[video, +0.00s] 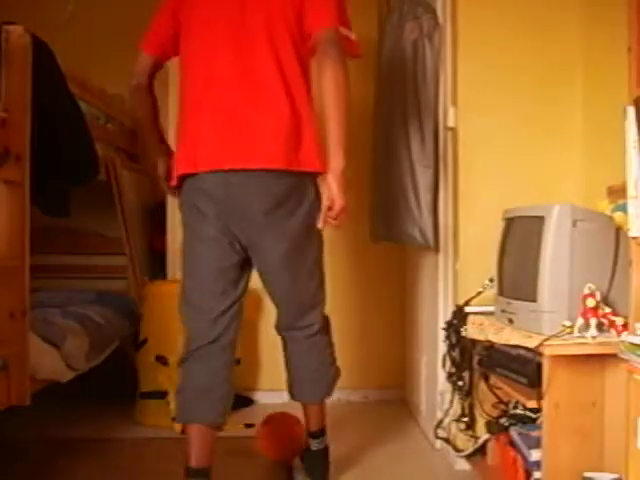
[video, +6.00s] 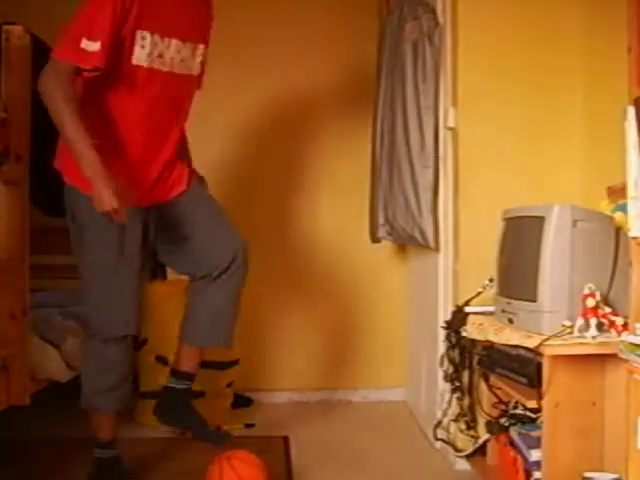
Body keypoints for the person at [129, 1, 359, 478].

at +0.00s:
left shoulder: (185, 4)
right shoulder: (309, 3)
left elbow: (140, 76)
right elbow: (328, 55)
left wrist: (159, 151)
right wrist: (334, 167)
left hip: (203, 166)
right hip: (277, 163)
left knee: (205, 327)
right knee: (302, 320)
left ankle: (196, 471)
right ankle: (317, 446)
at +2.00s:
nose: (231, 22)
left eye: (230, 13)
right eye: (232, 18)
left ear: (241, 1)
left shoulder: (263, 6)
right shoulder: (326, 28)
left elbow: (271, 24)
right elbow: (386, 103)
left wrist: (211, 108)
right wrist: (368, 178)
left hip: (301, 169)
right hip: (345, 174)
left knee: (200, 272)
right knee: (294, 309)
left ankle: (237, 424)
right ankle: (302, 456)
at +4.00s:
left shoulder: (302, 2)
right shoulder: (181, 4)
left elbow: (404, 31)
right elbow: (130, 68)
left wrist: (391, 9)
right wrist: (129, 176)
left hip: (254, 175)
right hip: (199, 175)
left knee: (291, 311)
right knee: (248, 337)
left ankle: (171, 398)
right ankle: (237, 474)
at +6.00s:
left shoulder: (201, 10)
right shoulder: (118, 4)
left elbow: (166, 97)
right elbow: (53, 80)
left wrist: (183, 165)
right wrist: (97, 173)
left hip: (164, 174)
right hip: (102, 181)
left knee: (224, 256)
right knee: (113, 321)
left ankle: (178, 393)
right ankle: (106, 452)